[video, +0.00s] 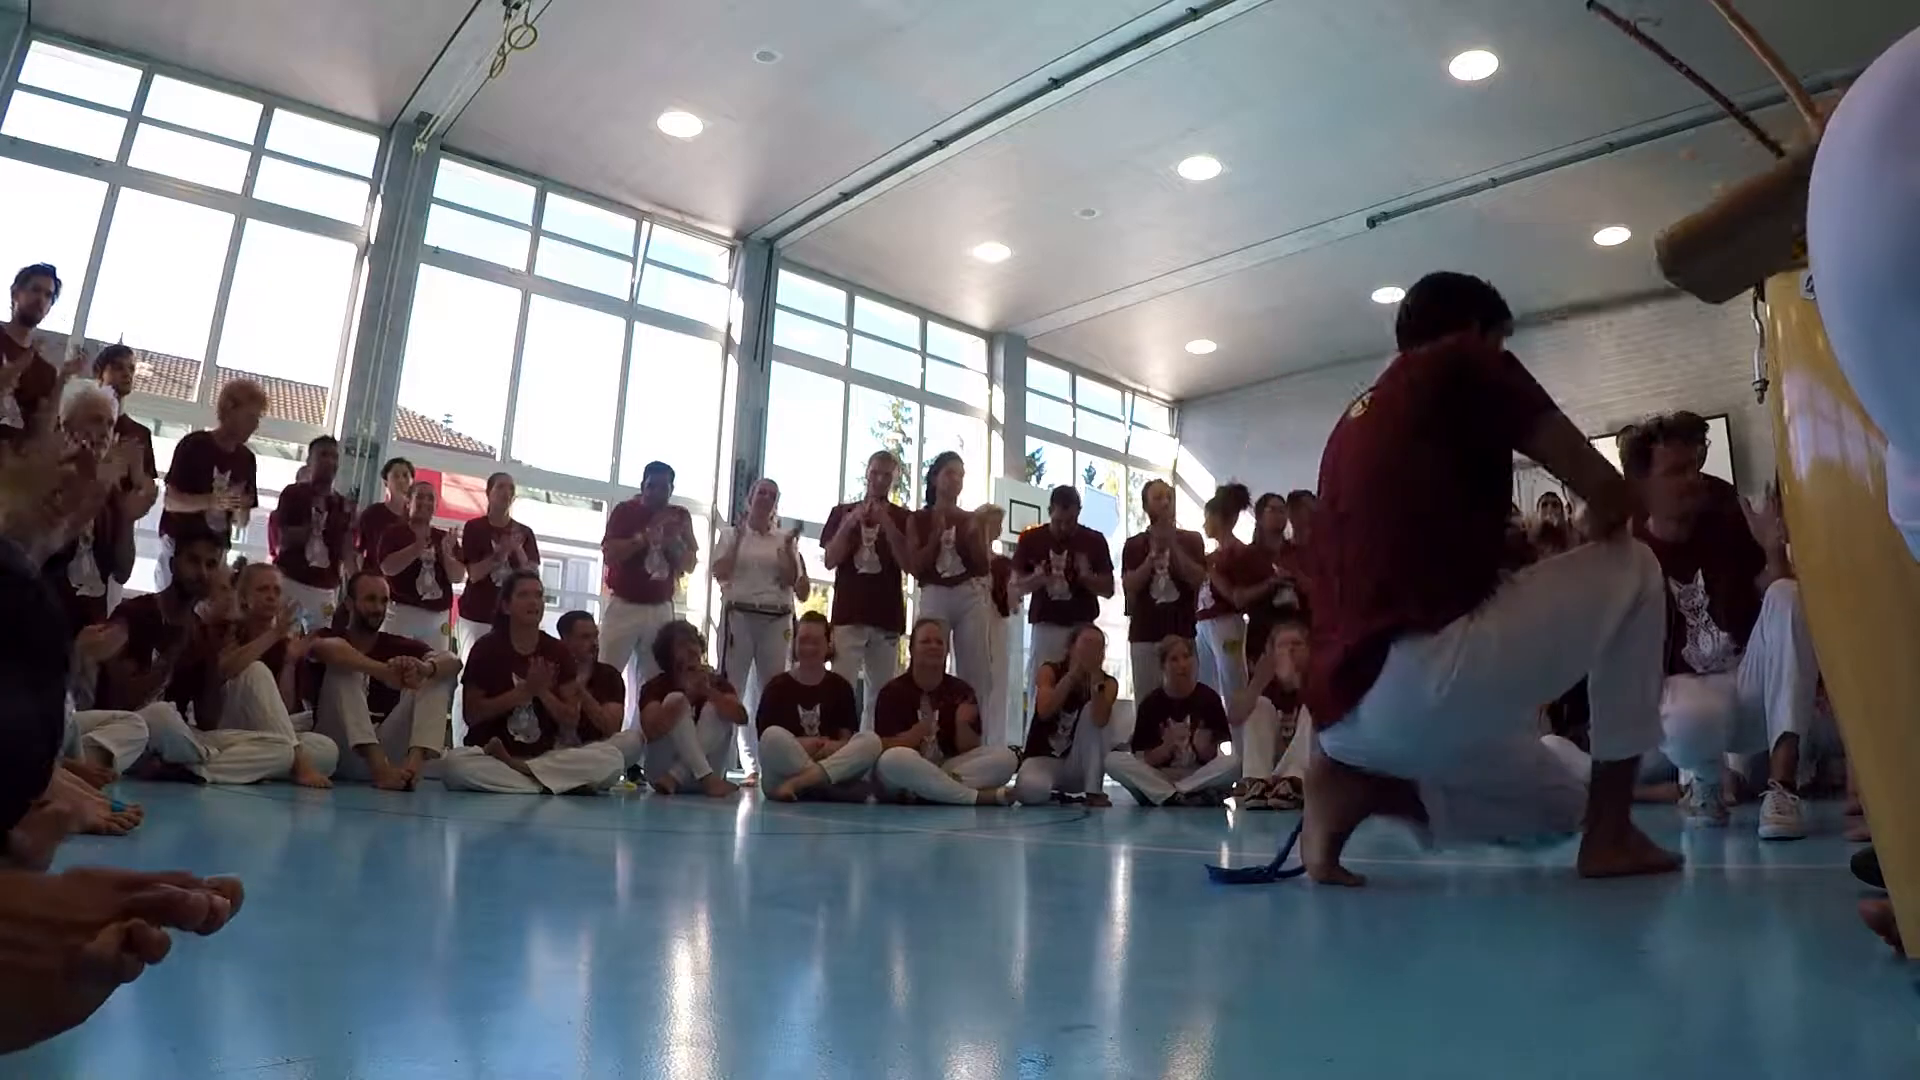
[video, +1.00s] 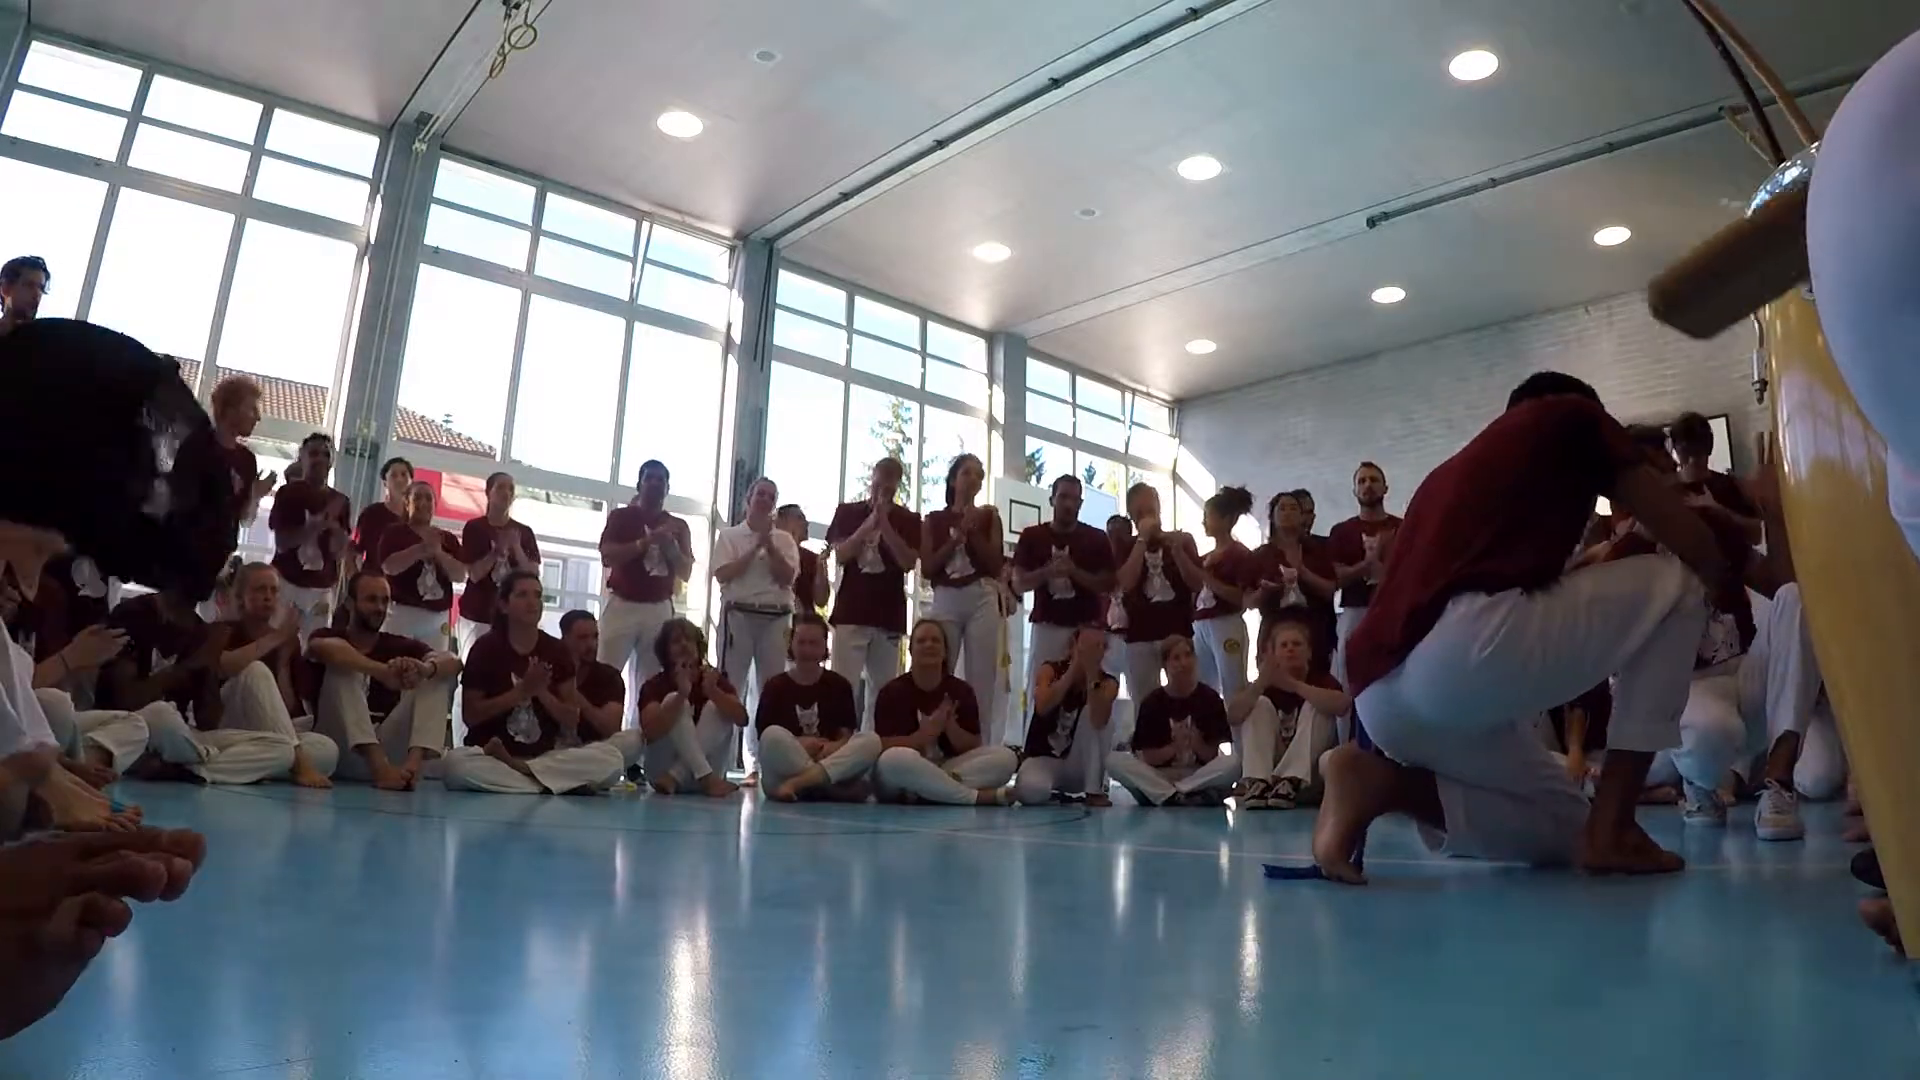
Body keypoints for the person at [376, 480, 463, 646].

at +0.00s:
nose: (425, 503)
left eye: (430, 499)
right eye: (420, 497)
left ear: (435, 505)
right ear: (409, 502)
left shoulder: (445, 538)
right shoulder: (394, 533)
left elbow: (457, 577)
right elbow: (387, 568)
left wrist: (448, 553)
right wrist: (417, 547)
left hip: (437, 614)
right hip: (401, 610)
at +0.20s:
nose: (425, 503)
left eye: (430, 499)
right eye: (419, 498)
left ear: (435, 504)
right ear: (407, 503)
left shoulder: (446, 538)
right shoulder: (395, 533)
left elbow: (457, 575)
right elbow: (389, 567)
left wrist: (436, 554)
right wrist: (422, 549)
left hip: (436, 614)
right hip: (401, 610)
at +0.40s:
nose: (425, 502)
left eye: (430, 498)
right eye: (419, 497)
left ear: (435, 504)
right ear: (407, 502)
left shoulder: (444, 538)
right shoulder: (395, 533)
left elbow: (456, 577)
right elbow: (387, 568)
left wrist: (449, 551)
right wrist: (418, 546)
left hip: (436, 614)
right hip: (401, 610)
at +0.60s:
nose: (424, 502)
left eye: (429, 498)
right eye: (419, 497)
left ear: (435, 504)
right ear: (407, 503)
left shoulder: (446, 539)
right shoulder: (395, 533)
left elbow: (458, 575)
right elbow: (389, 567)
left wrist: (436, 553)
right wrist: (421, 547)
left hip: (436, 615)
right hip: (401, 611)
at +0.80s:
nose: (424, 502)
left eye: (429, 498)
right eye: (418, 497)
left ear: (434, 504)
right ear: (407, 503)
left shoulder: (445, 538)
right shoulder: (395, 533)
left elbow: (457, 578)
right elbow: (389, 568)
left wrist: (450, 551)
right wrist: (420, 544)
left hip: (437, 614)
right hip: (401, 610)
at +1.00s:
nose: (423, 503)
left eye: (428, 499)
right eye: (417, 498)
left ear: (434, 504)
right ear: (408, 503)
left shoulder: (447, 538)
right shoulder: (395, 533)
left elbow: (459, 575)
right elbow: (388, 567)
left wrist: (437, 551)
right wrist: (422, 549)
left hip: (437, 614)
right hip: (401, 610)